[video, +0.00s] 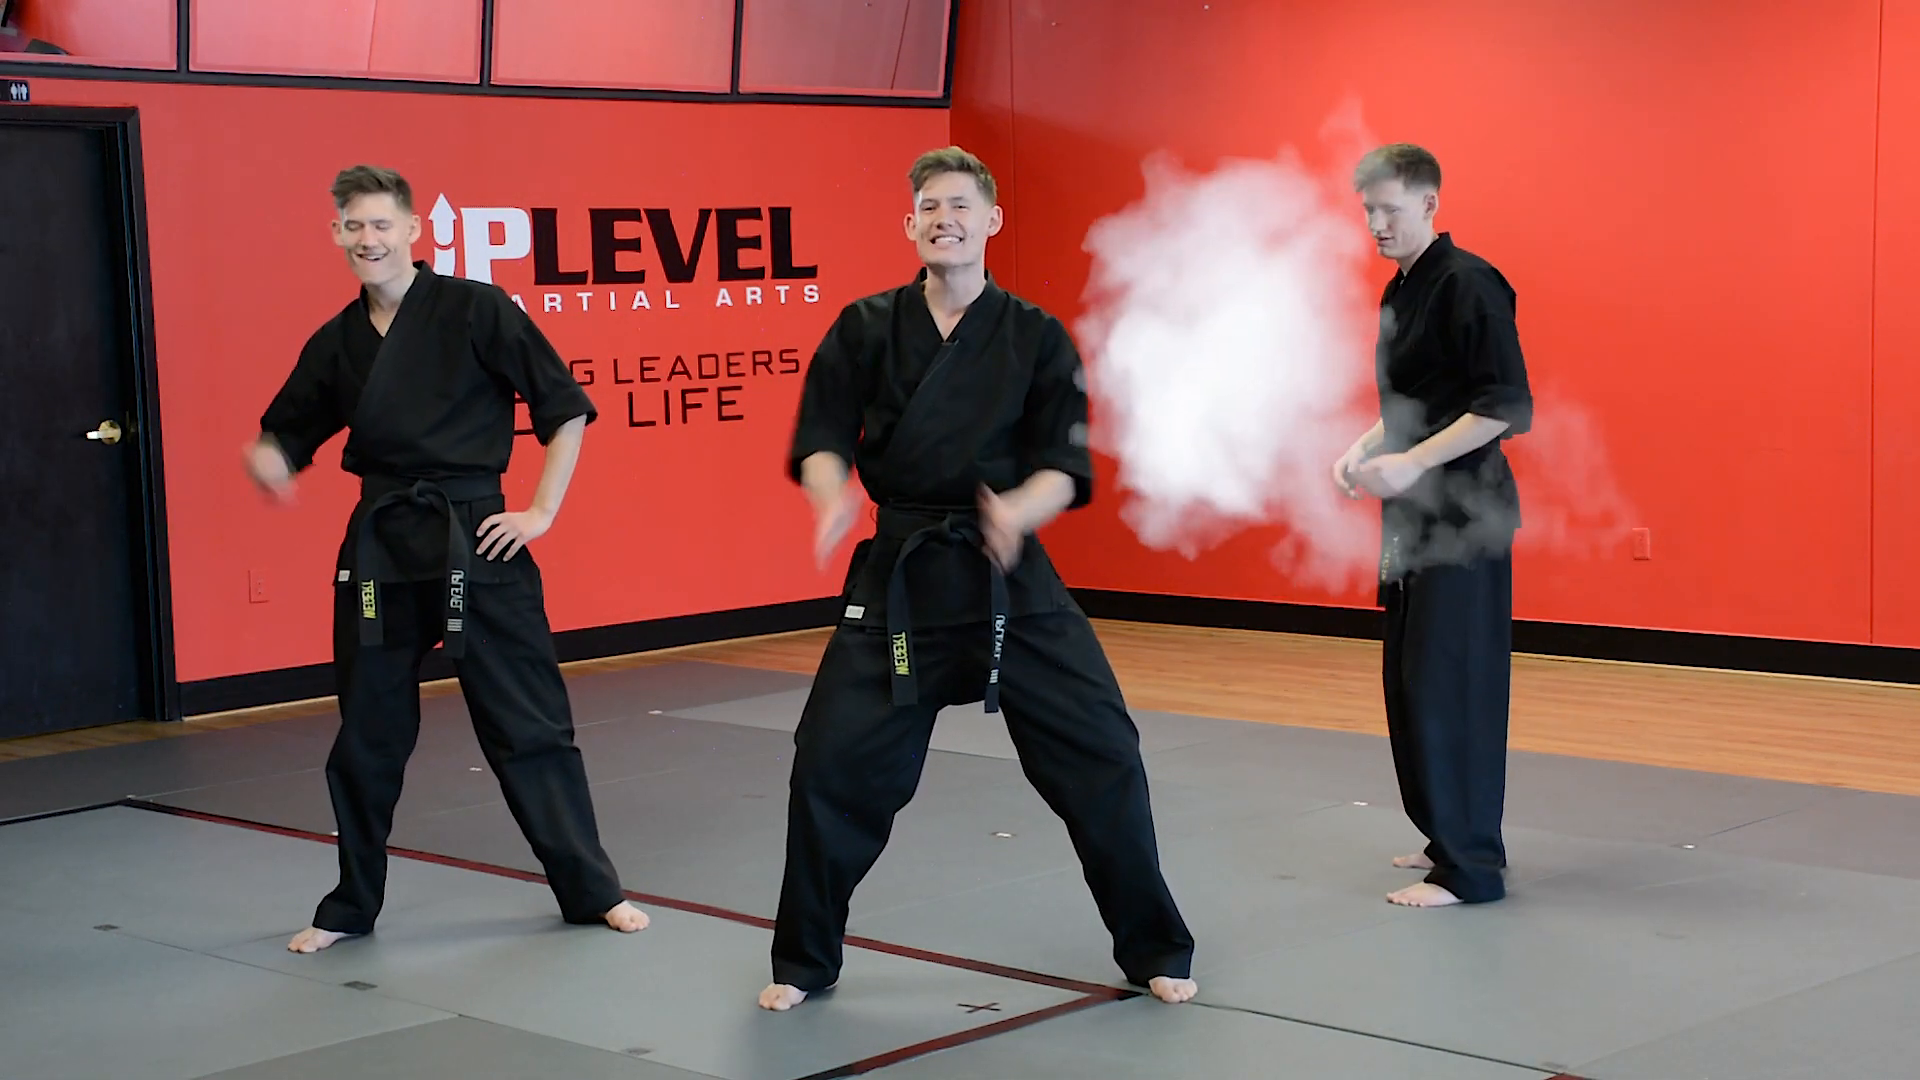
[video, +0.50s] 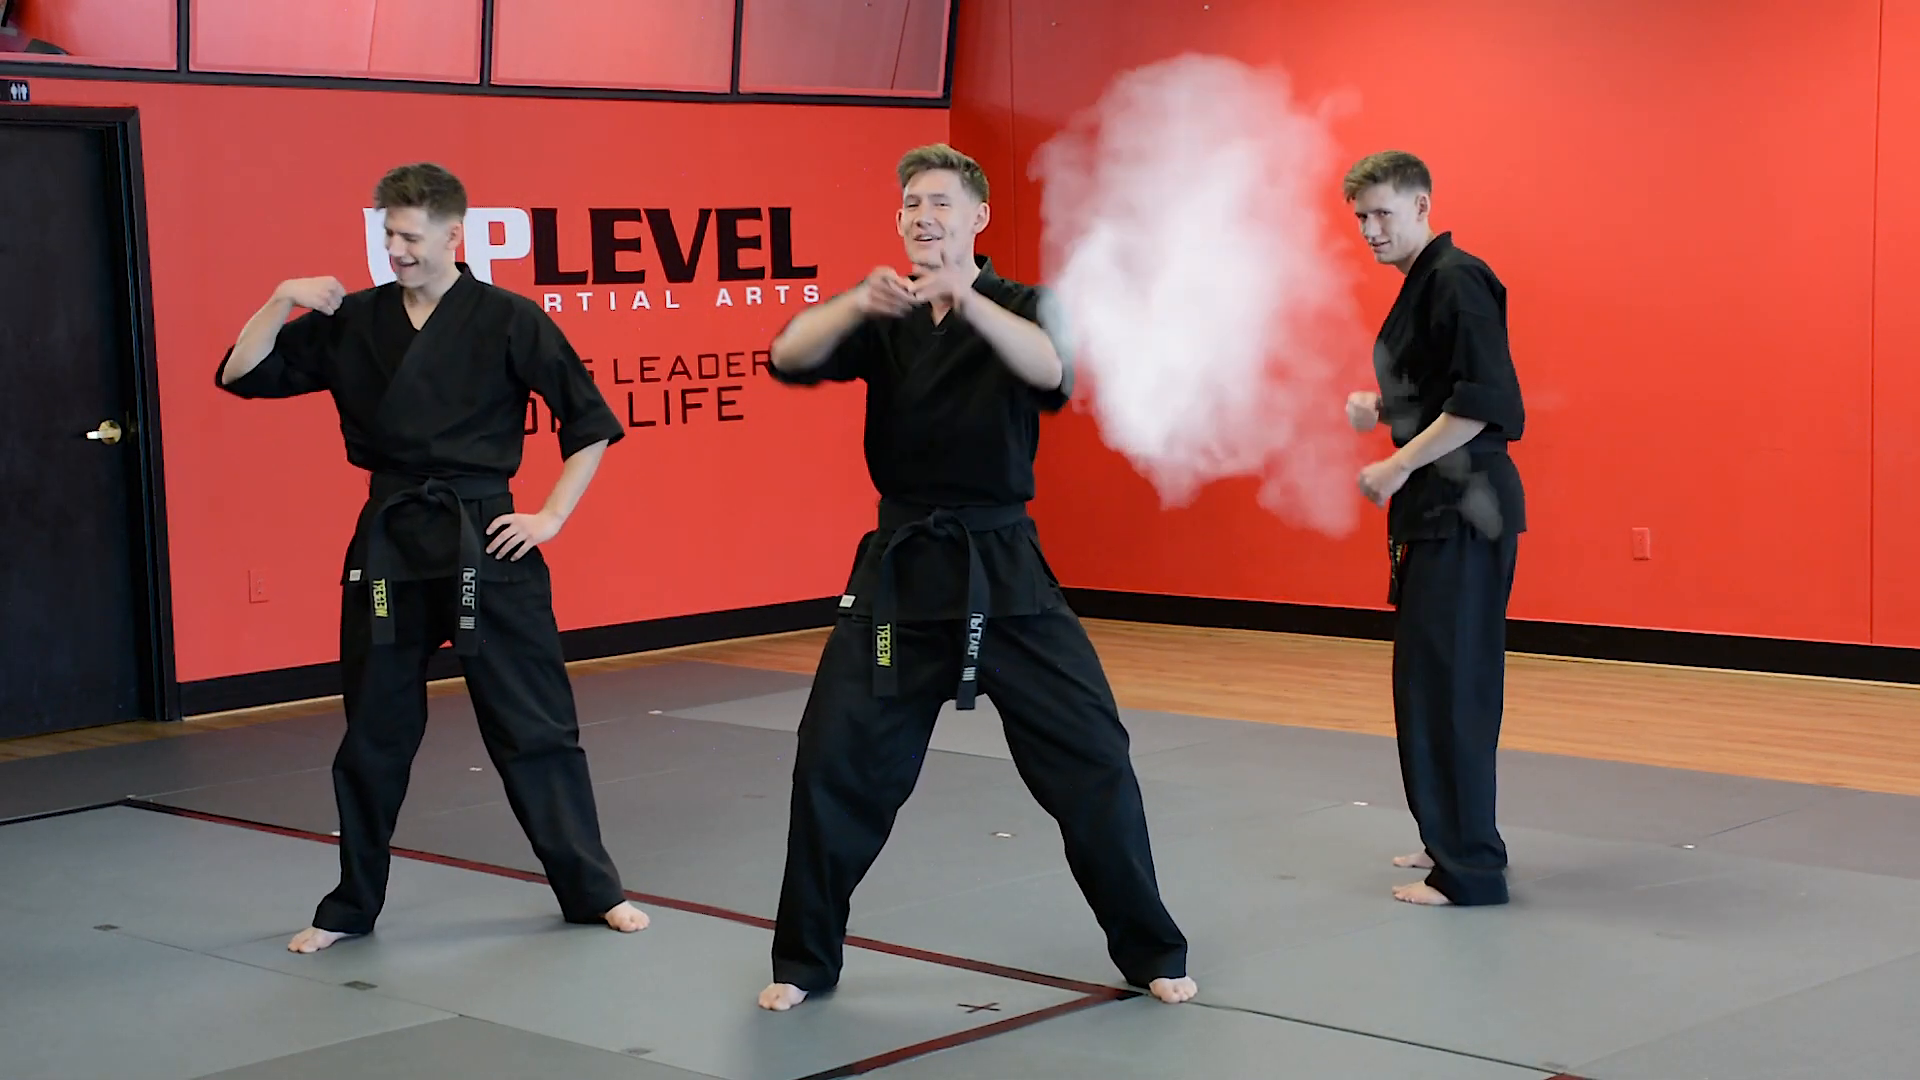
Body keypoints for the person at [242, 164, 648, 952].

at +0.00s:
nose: (366, 238)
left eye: (380, 223)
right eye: (352, 226)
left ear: (413, 229)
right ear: (338, 239)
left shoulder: (479, 310)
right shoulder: (336, 344)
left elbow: (567, 409)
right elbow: (283, 438)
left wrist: (541, 511)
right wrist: (269, 461)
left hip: (478, 539)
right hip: (379, 544)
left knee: (530, 724)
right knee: (366, 737)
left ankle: (592, 891)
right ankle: (352, 905)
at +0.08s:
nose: (366, 241)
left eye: (381, 227)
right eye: (355, 229)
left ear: (420, 231)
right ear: (346, 236)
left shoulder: (484, 311)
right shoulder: (336, 342)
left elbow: (573, 411)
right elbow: (271, 447)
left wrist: (543, 513)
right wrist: (238, 409)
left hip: (481, 538)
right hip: (381, 544)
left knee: (532, 724)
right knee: (367, 738)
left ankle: (591, 891)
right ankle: (352, 908)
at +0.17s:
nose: (370, 244)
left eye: (384, 230)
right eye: (361, 231)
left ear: (427, 231)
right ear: (354, 235)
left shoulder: (489, 313)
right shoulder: (339, 338)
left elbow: (577, 414)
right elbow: (257, 430)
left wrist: (543, 515)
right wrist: (231, 357)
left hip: (482, 537)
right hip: (382, 542)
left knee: (532, 724)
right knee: (368, 737)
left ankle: (592, 892)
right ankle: (351, 908)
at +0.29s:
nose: (379, 246)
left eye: (392, 233)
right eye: (370, 233)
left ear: (439, 232)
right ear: (364, 235)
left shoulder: (497, 316)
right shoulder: (341, 331)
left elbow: (584, 418)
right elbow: (243, 401)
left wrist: (546, 516)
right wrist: (247, 315)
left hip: (485, 539)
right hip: (384, 544)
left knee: (535, 725)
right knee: (369, 738)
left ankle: (593, 891)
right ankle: (352, 906)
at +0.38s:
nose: (387, 248)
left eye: (401, 234)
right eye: (378, 234)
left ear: (445, 234)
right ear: (370, 236)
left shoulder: (502, 318)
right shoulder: (345, 325)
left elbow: (587, 420)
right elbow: (239, 388)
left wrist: (548, 516)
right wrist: (265, 303)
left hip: (487, 537)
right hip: (386, 540)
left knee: (535, 725)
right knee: (370, 736)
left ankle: (592, 891)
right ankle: (352, 907)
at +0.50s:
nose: (397, 249)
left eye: (413, 236)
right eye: (390, 234)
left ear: (454, 236)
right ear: (384, 234)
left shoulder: (509, 319)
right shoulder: (353, 325)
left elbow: (592, 424)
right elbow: (238, 376)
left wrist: (552, 517)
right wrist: (284, 297)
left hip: (489, 538)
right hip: (389, 540)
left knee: (537, 727)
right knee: (372, 738)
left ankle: (592, 892)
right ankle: (352, 907)